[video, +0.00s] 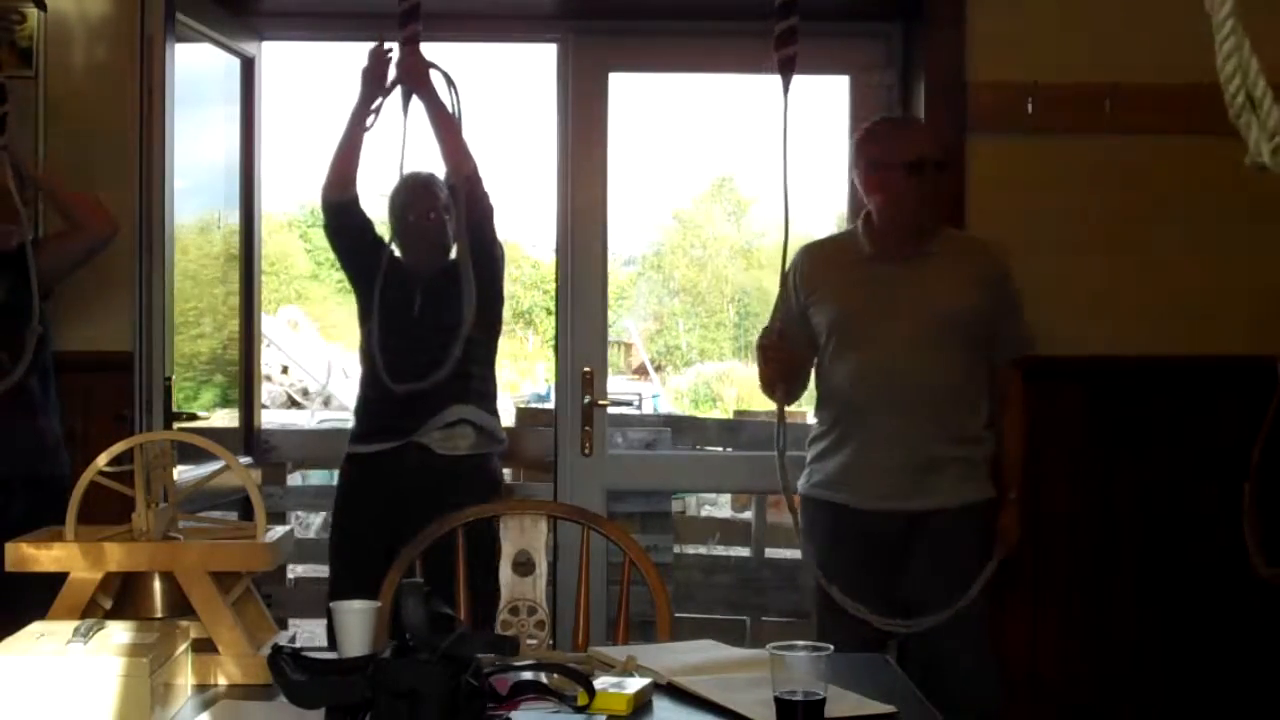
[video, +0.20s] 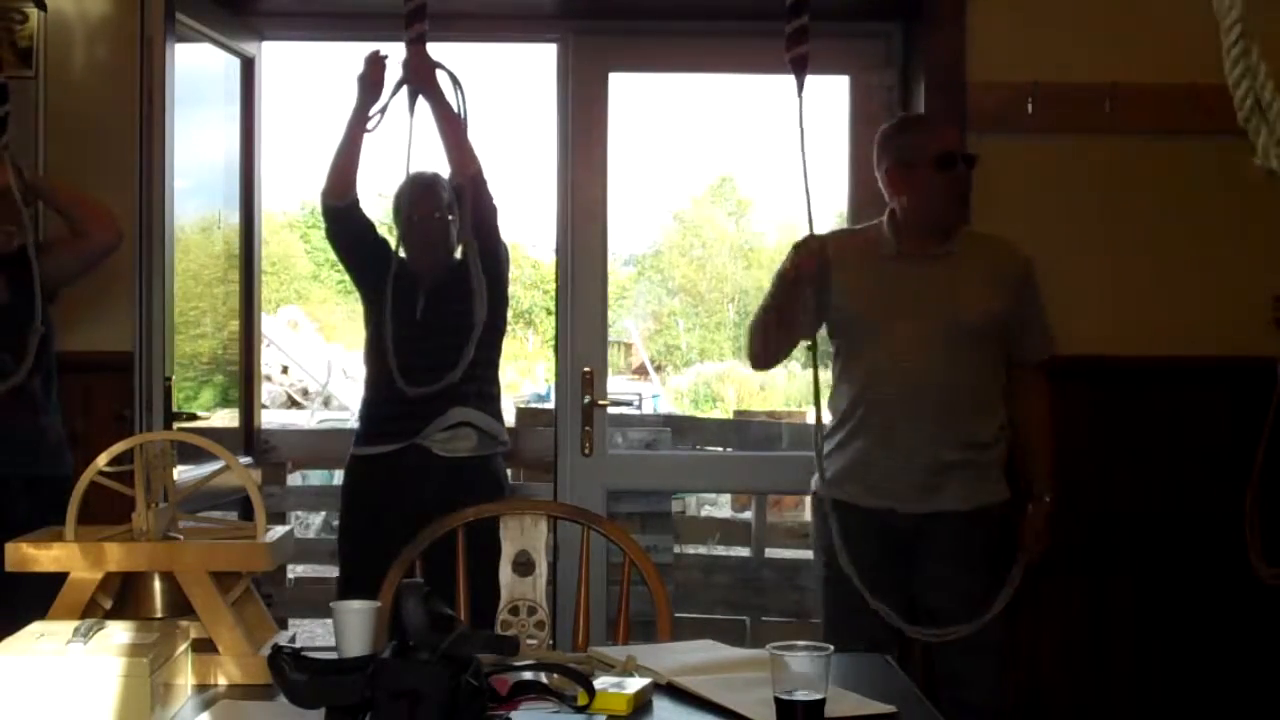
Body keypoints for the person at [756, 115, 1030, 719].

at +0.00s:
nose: (917, 180)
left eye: (924, 167)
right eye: (897, 168)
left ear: (936, 176)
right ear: (860, 179)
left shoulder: (979, 265)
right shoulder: (816, 264)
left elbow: (1010, 388)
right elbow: (784, 390)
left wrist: (1012, 499)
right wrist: (773, 361)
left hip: (954, 507)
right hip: (844, 506)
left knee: (954, 678)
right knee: (852, 676)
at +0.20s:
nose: (966, 176)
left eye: (966, 164)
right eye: (949, 165)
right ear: (894, 179)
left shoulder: (1000, 265)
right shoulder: (834, 259)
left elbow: (1031, 388)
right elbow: (763, 353)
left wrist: (1040, 496)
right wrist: (789, 280)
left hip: (970, 508)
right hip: (859, 506)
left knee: (969, 685)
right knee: (862, 681)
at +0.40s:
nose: (967, 173)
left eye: (973, 159)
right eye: (948, 160)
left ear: (983, 167)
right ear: (904, 173)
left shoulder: (1012, 261)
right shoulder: (855, 244)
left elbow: (1049, 391)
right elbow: (749, 246)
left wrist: (1051, 503)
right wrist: (799, 145)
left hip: (979, 506)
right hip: (870, 506)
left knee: (976, 683)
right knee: (869, 680)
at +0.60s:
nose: (952, 167)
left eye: (963, 154)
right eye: (934, 152)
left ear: (975, 168)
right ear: (899, 168)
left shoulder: (1016, 265)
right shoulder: (864, 242)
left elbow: (1045, 384)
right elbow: (771, 172)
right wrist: (812, 60)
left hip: (981, 504)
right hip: (867, 499)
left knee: (983, 677)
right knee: (871, 672)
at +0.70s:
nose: (939, 167)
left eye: (953, 154)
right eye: (922, 153)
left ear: (969, 169)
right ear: (892, 170)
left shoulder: (1006, 261)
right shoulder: (857, 241)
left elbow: (1035, 388)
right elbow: (781, 159)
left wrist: (1005, 470)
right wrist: (812, 50)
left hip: (969, 505)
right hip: (861, 499)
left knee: (971, 675)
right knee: (866, 673)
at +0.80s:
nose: (929, 165)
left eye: (944, 154)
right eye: (912, 153)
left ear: (963, 169)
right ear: (884, 172)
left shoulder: (994, 259)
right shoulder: (851, 239)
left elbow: (1025, 365)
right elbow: (780, 163)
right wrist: (812, 56)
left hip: (957, 490)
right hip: (855, 486)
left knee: (961, 667)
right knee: (862, 665)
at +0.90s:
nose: (919, 170)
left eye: (934, 155)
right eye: (900, 156)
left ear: (956, 166)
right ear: (873, 176)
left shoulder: (980, 242)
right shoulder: (847, 233)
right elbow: (783, 165)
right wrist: (801, 70)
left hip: (947, 476)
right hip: (847, 470)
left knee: (952, 652)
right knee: (853, 651)